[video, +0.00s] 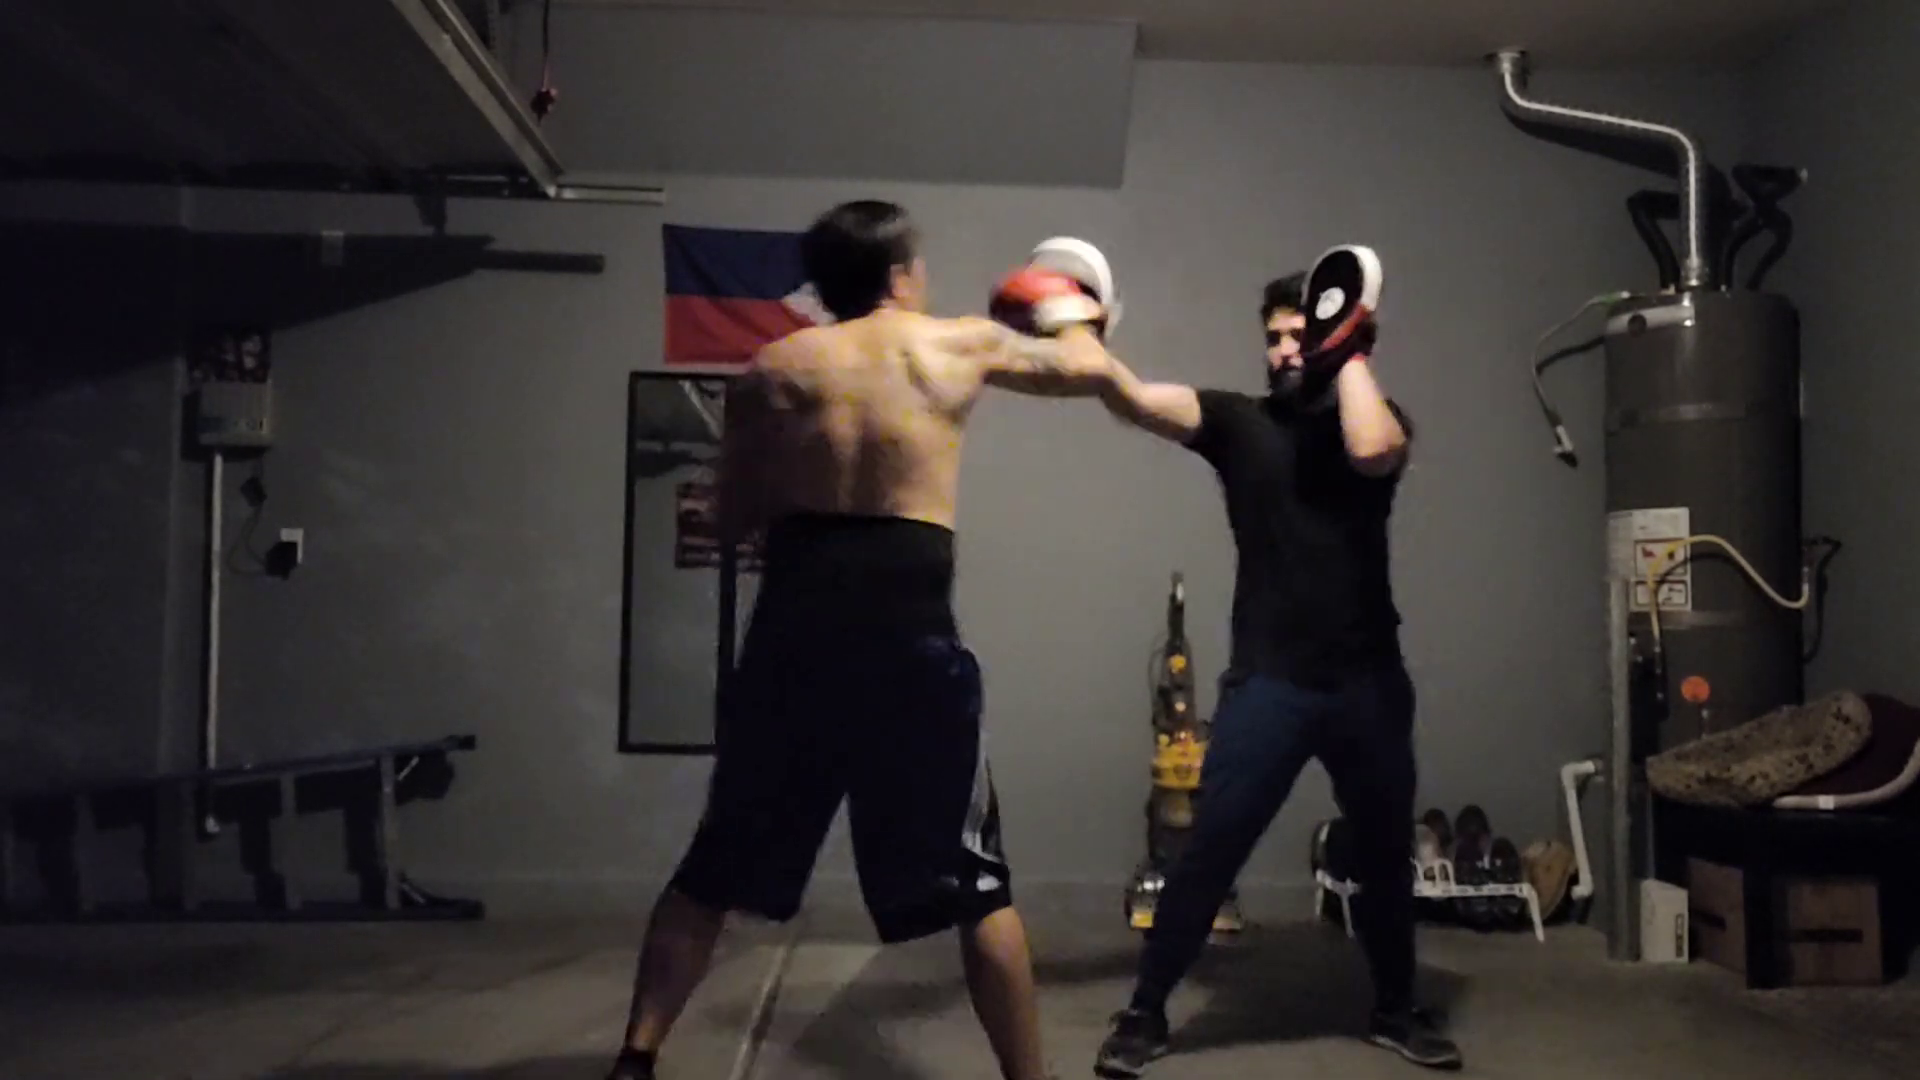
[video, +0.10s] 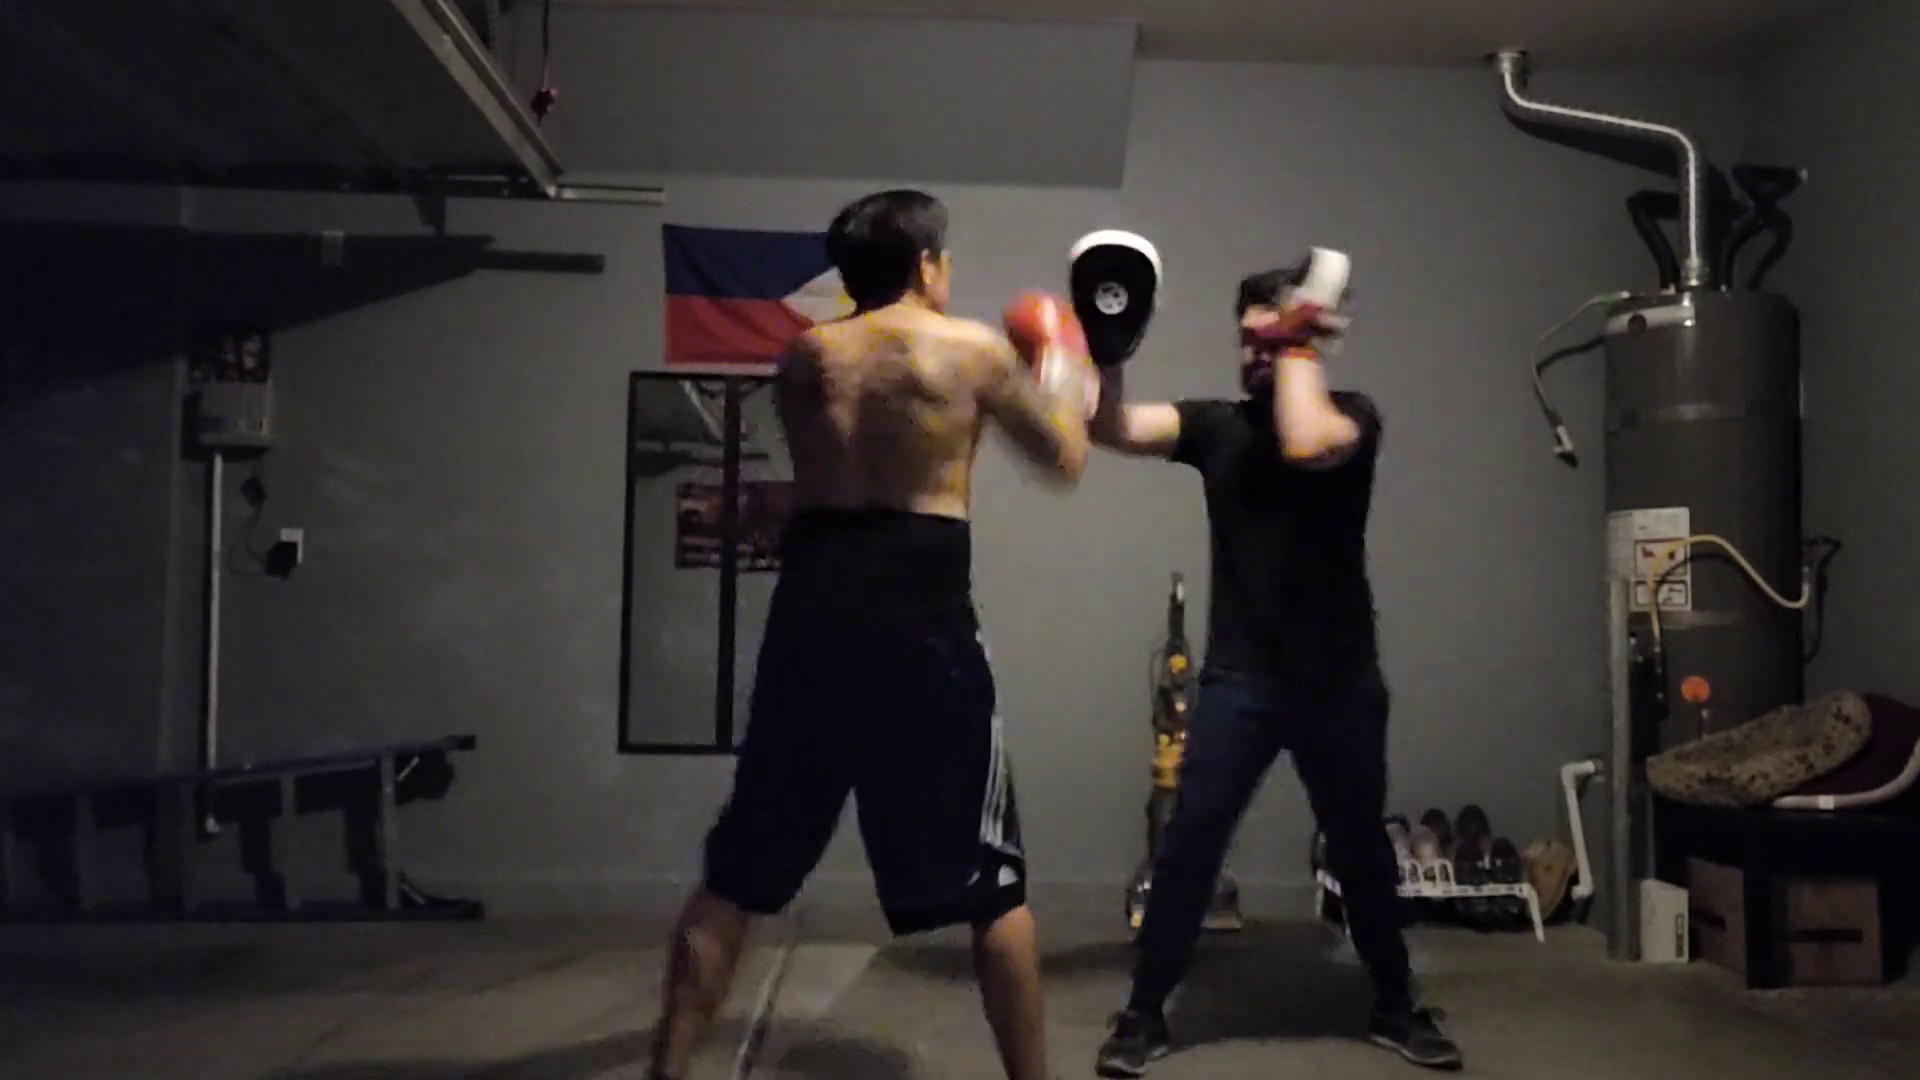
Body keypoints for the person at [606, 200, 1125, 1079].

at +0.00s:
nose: (924, 278)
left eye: (917, 263)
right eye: (917, 266)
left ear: (826, 285)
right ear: (899, 280)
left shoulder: (769, 371)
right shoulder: (959, 344)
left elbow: (733, 521)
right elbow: (1088, 367)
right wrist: (1075, 308)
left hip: (794, 645)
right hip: (913, 644)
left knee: (716, 860)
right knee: (971, 873)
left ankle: (635, 1057)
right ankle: (1028, 1071)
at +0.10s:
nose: (951, 272)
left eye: (947, 258)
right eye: (948, 259)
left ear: (850, 273)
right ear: (928, 268)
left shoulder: (802, 357)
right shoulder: (972, 348)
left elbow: (837, 466)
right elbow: (1064, 455)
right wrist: (1059, 364)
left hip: (813, 620)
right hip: (924, 622)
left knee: (742, 864)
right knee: (993, 877)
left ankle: (669, 1065)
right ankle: (1031, 1071)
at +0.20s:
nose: (959, 286)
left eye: (952, 271)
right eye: (955, 272)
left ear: (863, 283)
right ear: (939, 281)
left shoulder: (827, 366)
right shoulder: (969, 371)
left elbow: (894, 456)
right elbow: (1030, 505)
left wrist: (987, 389)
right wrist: (1039, 403)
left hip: (826, 637)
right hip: (938, 639)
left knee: (753, 876)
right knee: (1007, 882)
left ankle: (677, 1069)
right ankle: (1031, 1070)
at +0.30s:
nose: (985, 279)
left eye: (978, 266)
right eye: (981, 267)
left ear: (888, 282)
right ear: (967, 277)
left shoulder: (843, 364)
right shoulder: (1014, 348)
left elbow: (867, 485)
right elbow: (1109, 416)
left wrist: (996, 488)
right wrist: (1095, 330)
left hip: (840, 637)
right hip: (951, 641)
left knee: (763, 851)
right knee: (1013, 877)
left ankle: (665, 1045)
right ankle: (1035, 1068)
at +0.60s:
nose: (989, 283)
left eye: (984, 267)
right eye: (985, 270)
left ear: (896, 278)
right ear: (966, 282)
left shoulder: (849, 360)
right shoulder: (972, 377)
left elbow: (932, 436)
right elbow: (1034, 520)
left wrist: (1041, 375)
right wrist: (1089, 474)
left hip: (817, 635)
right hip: (916, 642)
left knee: (729, 861)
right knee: (994, 889)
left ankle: (629, 1059)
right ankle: (1024, 1070)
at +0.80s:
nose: (911, 306)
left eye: (908, 291)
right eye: (907, 292)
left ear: (812, 306)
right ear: (885, 302)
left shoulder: (761, 394)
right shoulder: (892, 396)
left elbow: (787, 519)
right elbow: (920, 540)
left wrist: (913, 449)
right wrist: (984, 505)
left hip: (757, 675)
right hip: (867, 678)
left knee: (697, 891)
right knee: (978, 886)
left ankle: (632, 1070)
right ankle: (1014, 1070)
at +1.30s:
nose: (970, 298)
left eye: (966, 286)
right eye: (968, 286)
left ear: (872, 290)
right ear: (953, 293)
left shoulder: (821, 364)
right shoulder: (986, 366)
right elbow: (1059, 478)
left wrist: (975, 362)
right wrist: (1060, 382)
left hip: (823, 625)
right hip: (933, 631)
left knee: (757, 864)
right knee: (1013, 879)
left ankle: (675, 1064)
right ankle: (1052, 1070)